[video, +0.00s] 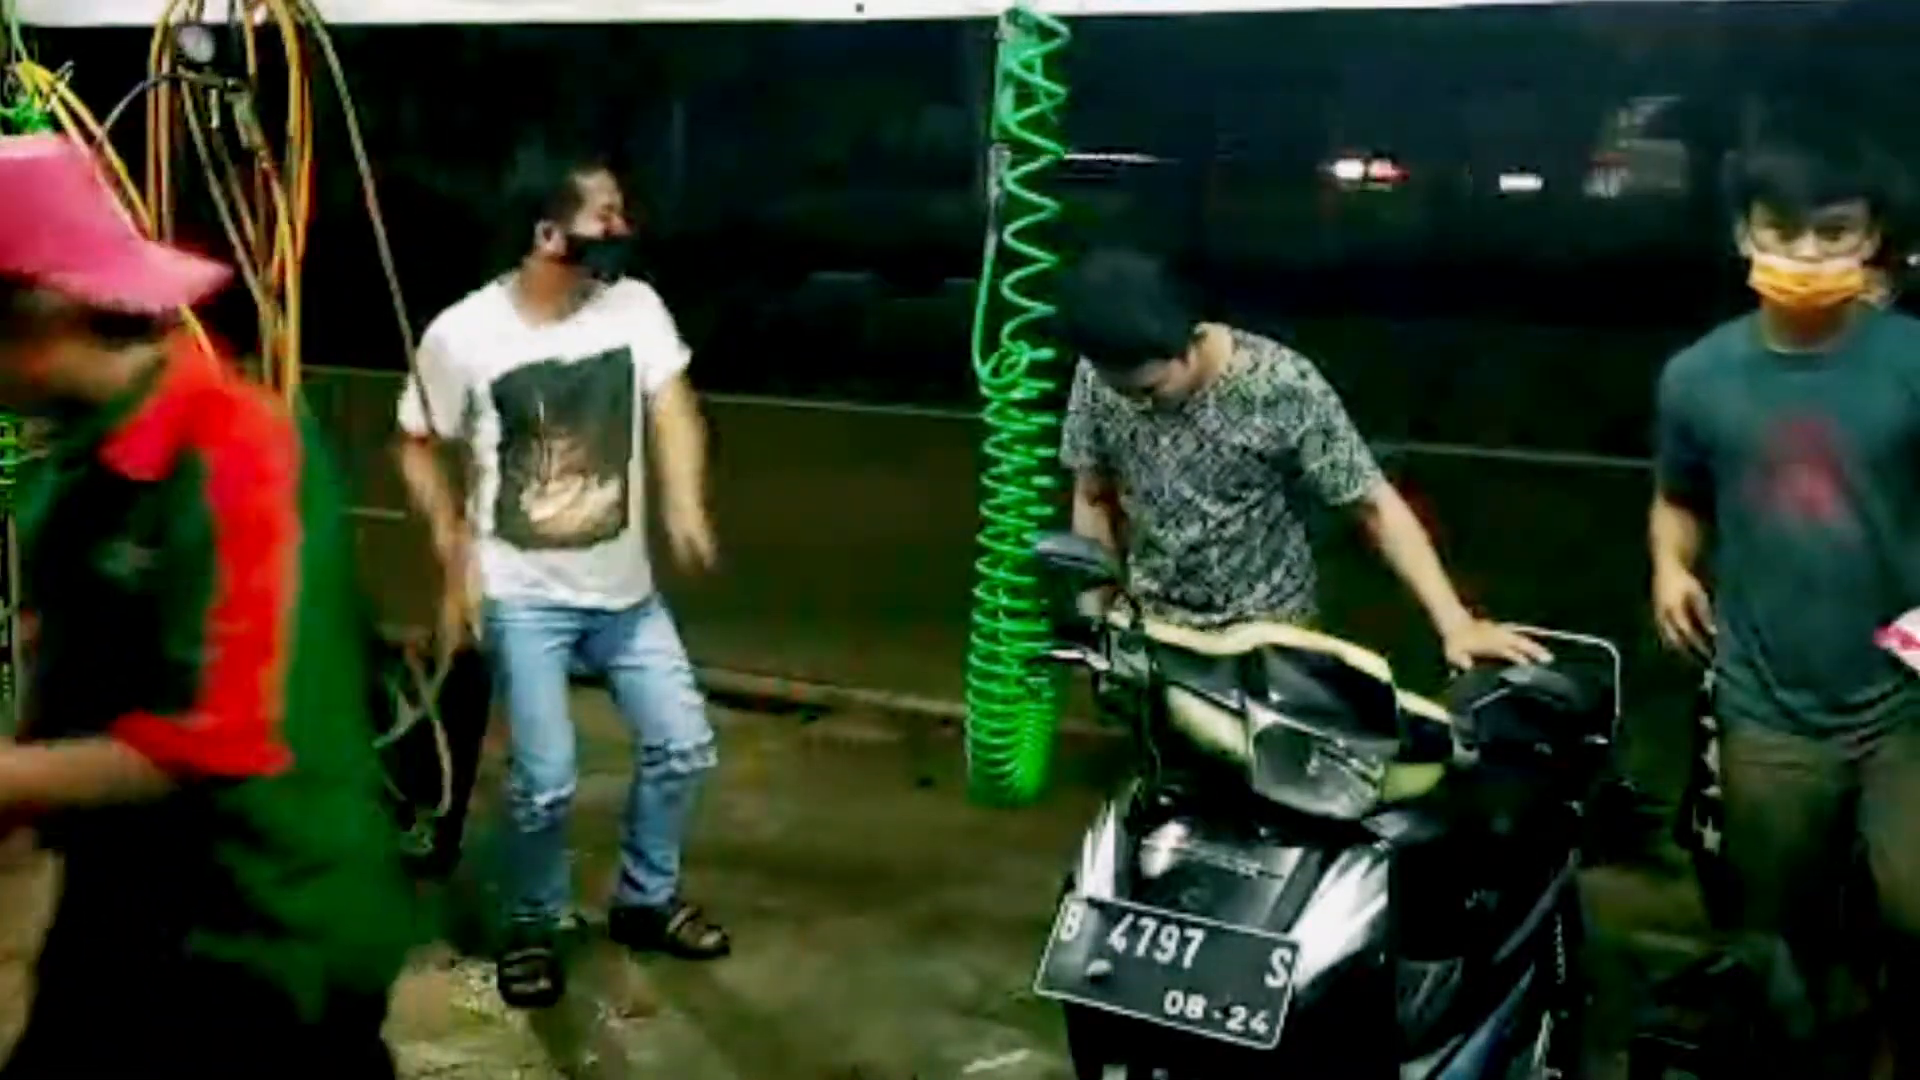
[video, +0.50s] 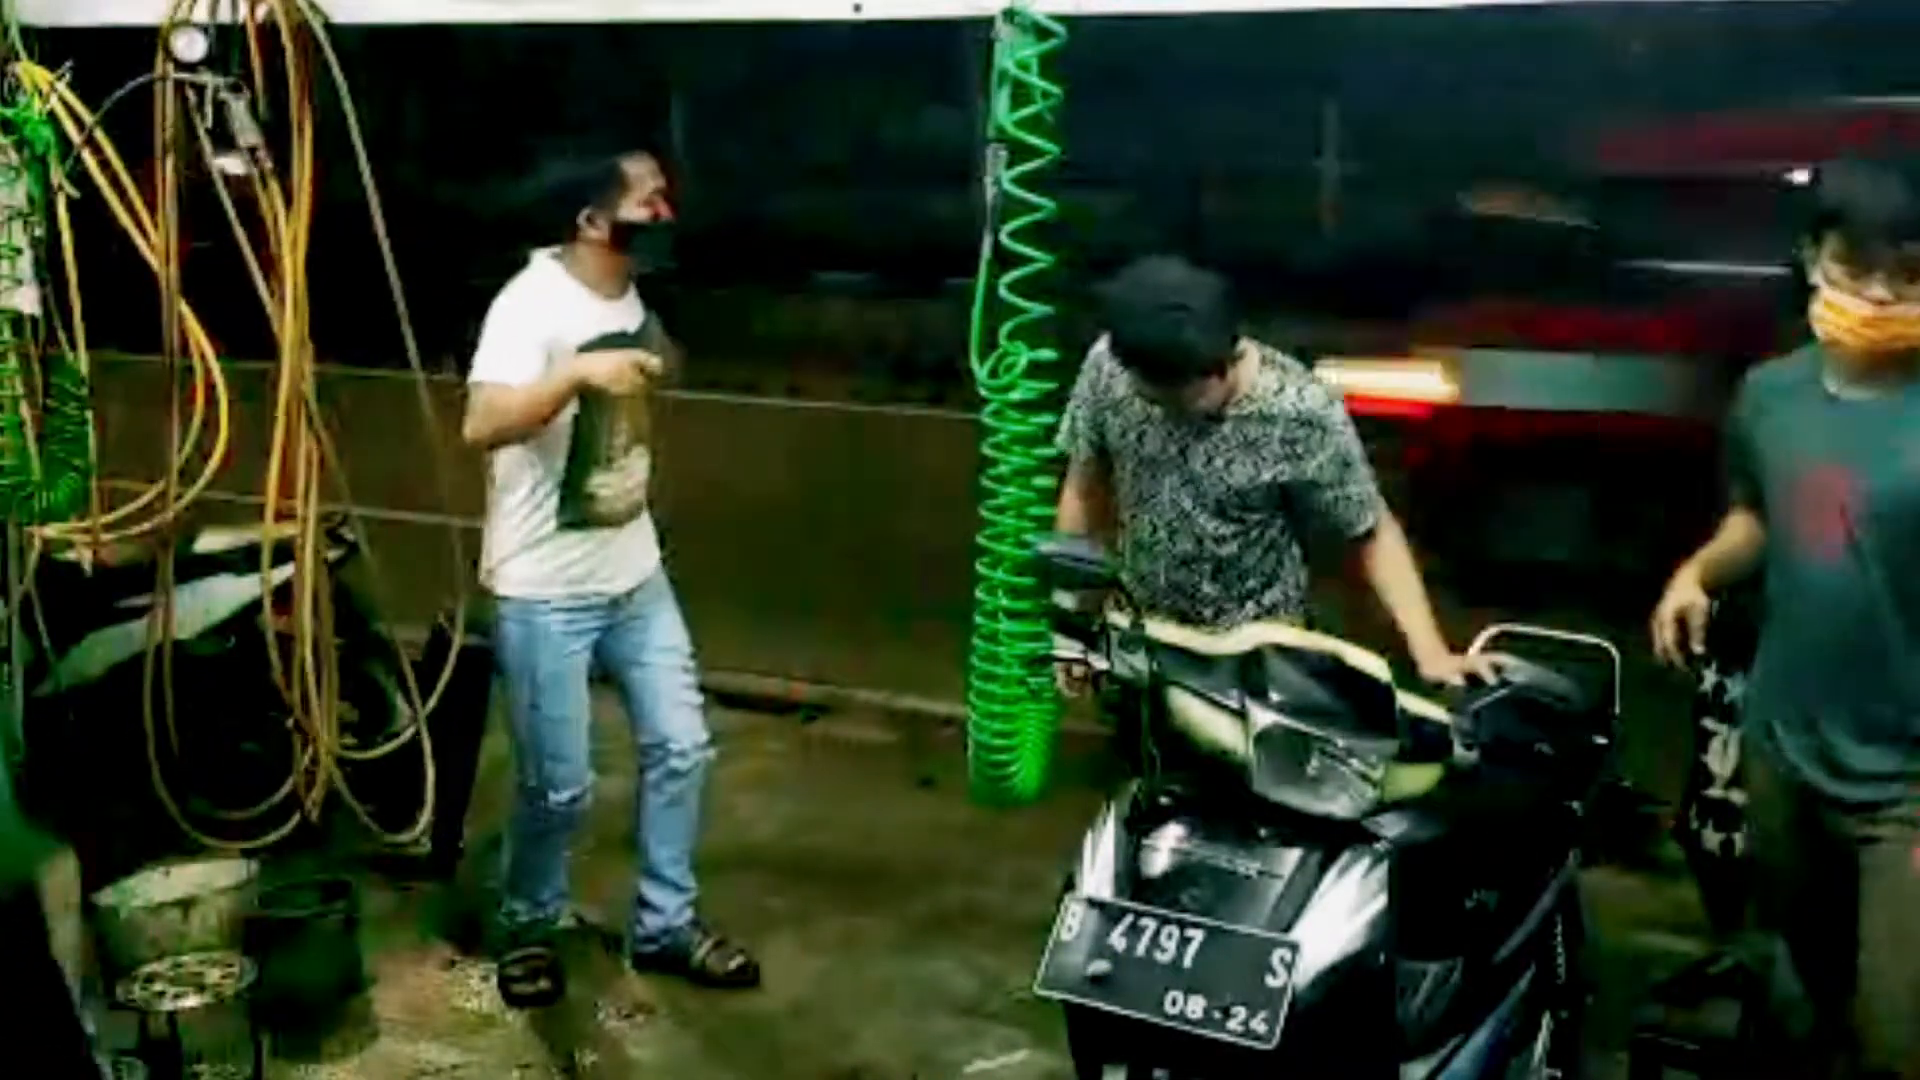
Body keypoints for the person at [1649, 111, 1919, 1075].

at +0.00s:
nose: (1807, 264)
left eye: (1834, 240)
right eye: (1784, 240)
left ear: (1875, 248)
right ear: (1746, 241)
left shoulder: (1905, 361)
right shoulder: (1698, 379)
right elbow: (1677, 495)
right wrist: (1671, 566)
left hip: (1896, 707)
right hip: (1765, 713)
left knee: (1909, 925)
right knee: (1768, 944)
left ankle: (1894, 1058)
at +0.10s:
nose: (1807, 277)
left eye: (1834, 253)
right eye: (1785, 253)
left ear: (1877, 253)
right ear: (1747, 245)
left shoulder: (1905, 365)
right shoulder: (1700, 382)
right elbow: (1681, 494)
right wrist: (1670, 567)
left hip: (1893, 706)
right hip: (1765, 711)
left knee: (1907, 914)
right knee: (1771, 937)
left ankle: (1898, 1042)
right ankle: (1783, 1071)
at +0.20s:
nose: (1816, 287)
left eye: (1842, 265)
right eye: (1794, 263)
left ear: (1884, 262)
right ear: (1753, 251)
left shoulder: (1908, 369)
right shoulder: (1708, 383)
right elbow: (1690, 497)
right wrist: (1667, 569)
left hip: (1894, 719)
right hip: (1767, 722)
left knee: (1905, 940)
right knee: (1775, 953)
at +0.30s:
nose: (1825, 279)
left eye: (1851, 255)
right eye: (1800, 253)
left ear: (1891, 257)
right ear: (1760, 248)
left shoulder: (1911, 374)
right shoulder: (1720, 383)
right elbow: (1700, 498)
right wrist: (1670, 564)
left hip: (1895, 728)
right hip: (1768, 724)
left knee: (1901, 976)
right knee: (1783, 973)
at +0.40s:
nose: (1850, 293)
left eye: (1878, 267)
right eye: (1823, 266)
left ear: (1911, 266)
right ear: (1784, 260)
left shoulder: (1915, 385)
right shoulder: (1743, 389)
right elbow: (1726, 505)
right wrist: (1679, 563)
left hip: (1894, 748)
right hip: (1771, 736)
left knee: (1898, 1005)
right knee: (1784, 987)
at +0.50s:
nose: (1872, 311)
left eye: (1899, 291)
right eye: (1853, 285)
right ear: (1812, 275)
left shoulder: (1918, 406)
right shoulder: (1771, 397)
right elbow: (1757, 513)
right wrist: (1697, 572)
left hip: (1902, 778)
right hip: (1784, 755)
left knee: (1895, 1033)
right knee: (1788, 1000)